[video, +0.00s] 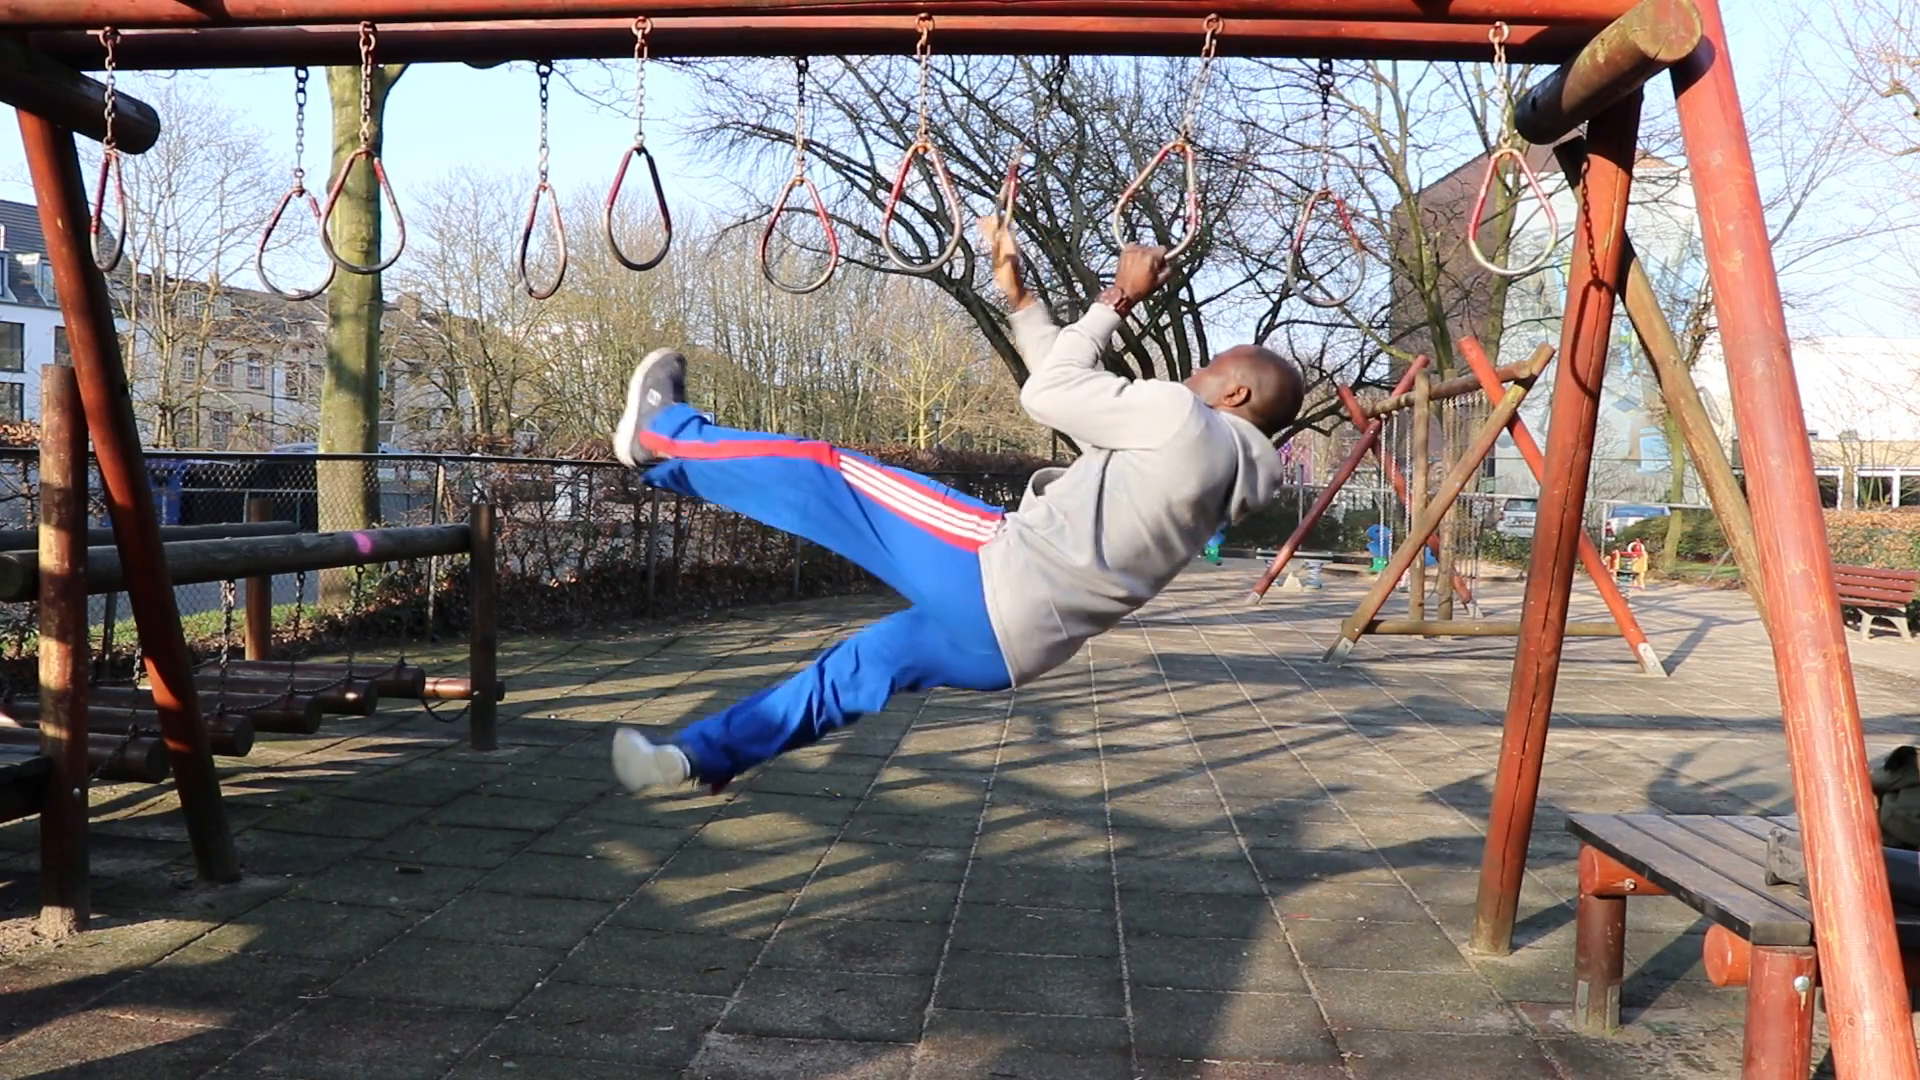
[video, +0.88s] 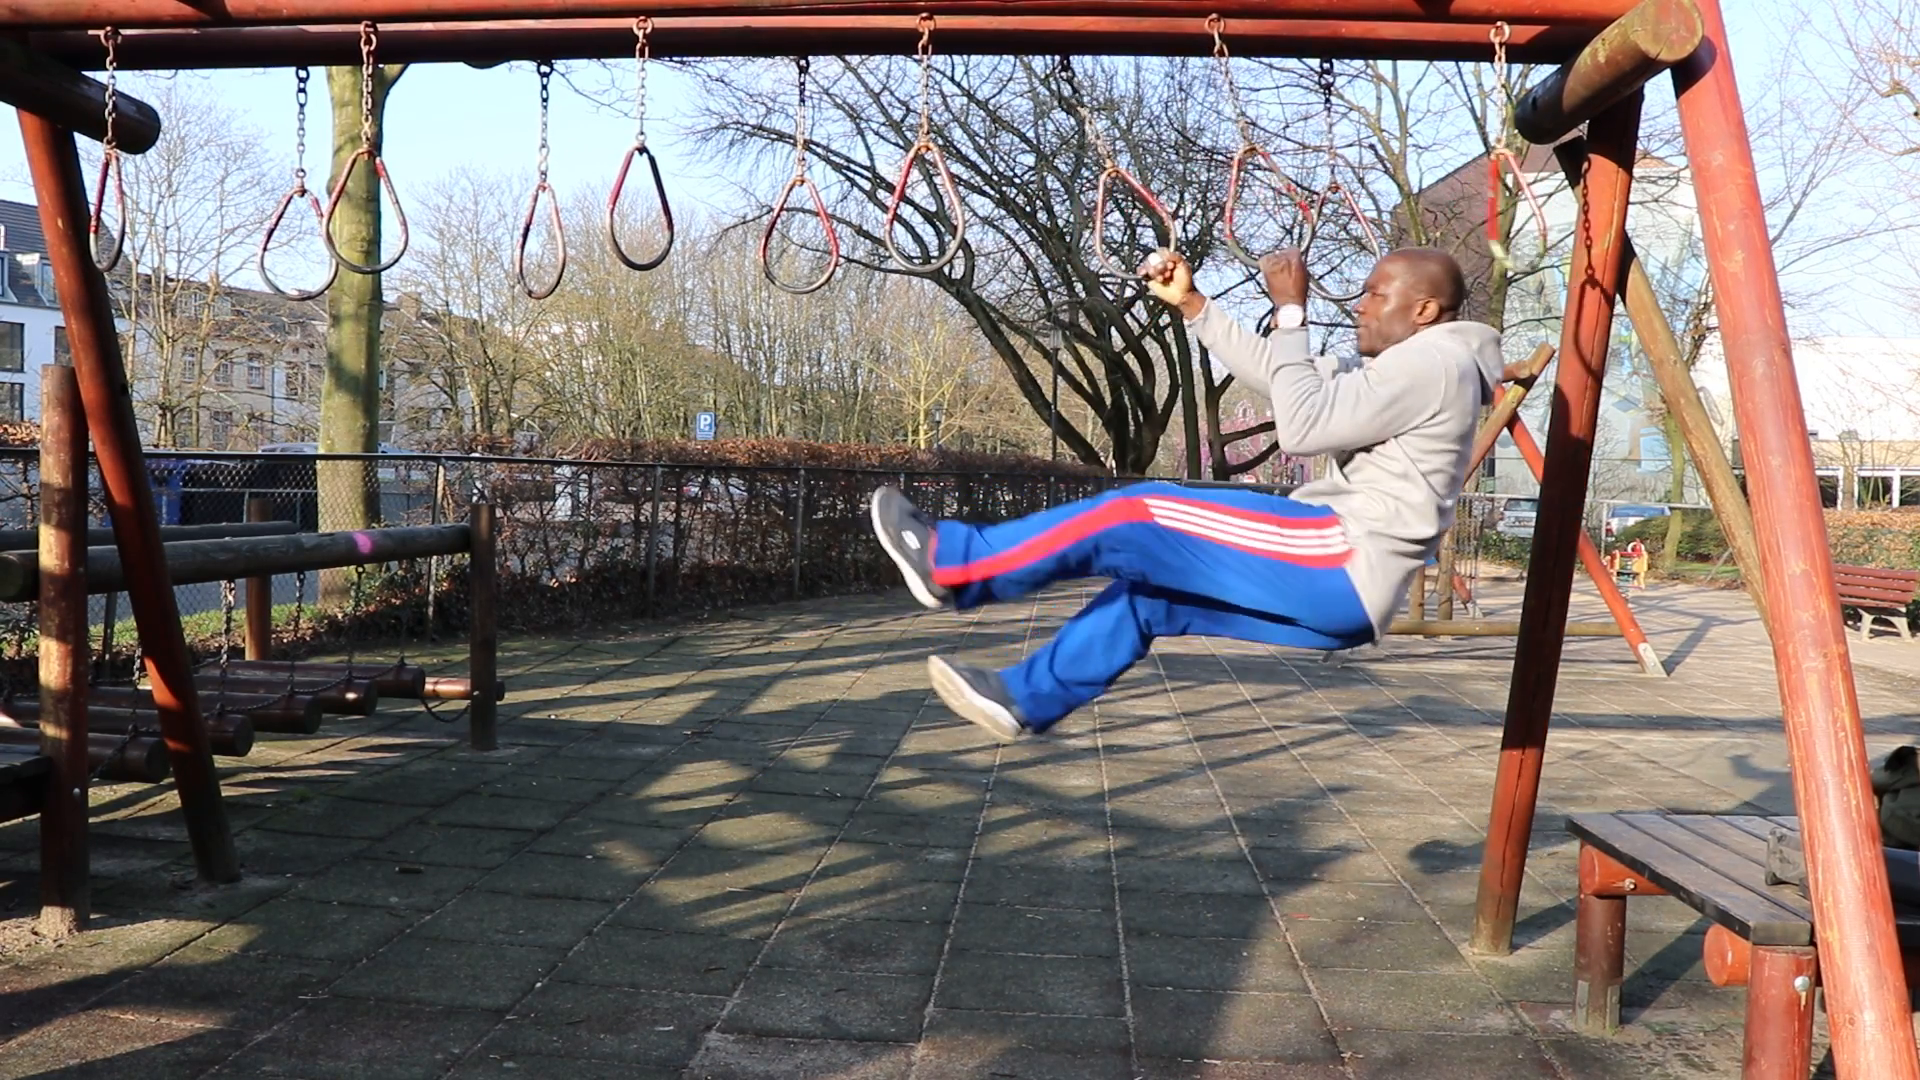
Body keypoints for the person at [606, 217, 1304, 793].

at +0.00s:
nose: (1204, 365)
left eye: (1219, 364)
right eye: (1218, 360)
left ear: (1235, 386)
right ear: (1258, 414)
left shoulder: (1180, 418)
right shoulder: (1228, 473)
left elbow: (1052, 390)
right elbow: (1079, 397)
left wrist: (1118, 298)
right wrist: (1017, 294)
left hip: (993, 574)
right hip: (1011, 653)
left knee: (830, 473)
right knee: (850, 677)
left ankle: (657, 436)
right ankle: (691, 758)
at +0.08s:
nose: (1203, 361)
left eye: (1218, 357)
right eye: (1214, 354)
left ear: (1236, 377)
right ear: (1269, 417)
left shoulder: (1187, 409)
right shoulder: (1249, 465)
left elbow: (1057, 384)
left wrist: (1123, 295)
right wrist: (1004, 302)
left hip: (998, 567)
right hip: (1020, 649)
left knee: (851, 479)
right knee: (857, 699)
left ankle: (687, 450)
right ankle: (695, 781)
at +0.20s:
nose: (1212, 347)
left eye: (1226, 343)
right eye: (1223, 339)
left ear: (1248, 366)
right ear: (1268, 388)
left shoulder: (1197, 391)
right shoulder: (1252, 459)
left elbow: (1061, 385)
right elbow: (1086, 426)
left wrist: (1126, 298)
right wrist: (1039, 323)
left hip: (1030, 564)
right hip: (1062, 648)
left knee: (876, 497)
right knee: (912, 693)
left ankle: (716, 493)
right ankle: (785, 804)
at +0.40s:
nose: (1278, 326)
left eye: (1294, 318)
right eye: (1288, 314)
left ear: (1322, 339)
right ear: (1349, 358)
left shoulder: (1281, 371)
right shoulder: (1336, 422)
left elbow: (1142, 406)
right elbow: (1172, 418)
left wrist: (1172, 302)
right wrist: (1115, 317)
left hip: (1128, 551)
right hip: (1164, 630)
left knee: (937, 509)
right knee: (998, 648)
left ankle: (774, 558)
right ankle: (883, 788)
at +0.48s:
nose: (1300, 317)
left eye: (1316, 307)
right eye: (1309, 306)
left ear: (1352, 327)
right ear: (1371, 339)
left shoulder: (1312, 363)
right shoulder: (1363, 409)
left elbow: (1177, 411)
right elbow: (1201, 432)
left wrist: (1195, 302)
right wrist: (1137, 316)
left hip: (1171, 552)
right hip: (1207, 624)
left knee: (977, 502)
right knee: (1033, 631)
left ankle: (808, 558)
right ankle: (910, 770)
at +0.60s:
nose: (1332, 308)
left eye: (1348, 297)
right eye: (1339, 295)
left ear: (1390, 315)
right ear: (1403, 324)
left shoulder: (1366, 362)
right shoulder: (1401, 394)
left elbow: (1231, 414)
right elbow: (1239, 431)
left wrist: (1218, 308)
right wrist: (1200, 317)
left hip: (1242, 553)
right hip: (1273, 618)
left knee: (1037, 504)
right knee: (1079, 616)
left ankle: (859, 546)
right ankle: (947, 732)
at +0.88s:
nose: (1360, 304)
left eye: (1378, 294)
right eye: (1365, 291)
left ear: (1426, 313)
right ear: (1412, 312)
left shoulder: (1435, 361)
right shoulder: (1407, 365)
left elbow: (1309, 426)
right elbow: (1287, 386)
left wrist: (1291, 312)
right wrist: (1195, 306)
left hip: (1344, 563)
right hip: (1348, 591)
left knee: (1134, 511)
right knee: (1149, 596)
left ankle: (949, 561)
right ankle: (1020, 701)